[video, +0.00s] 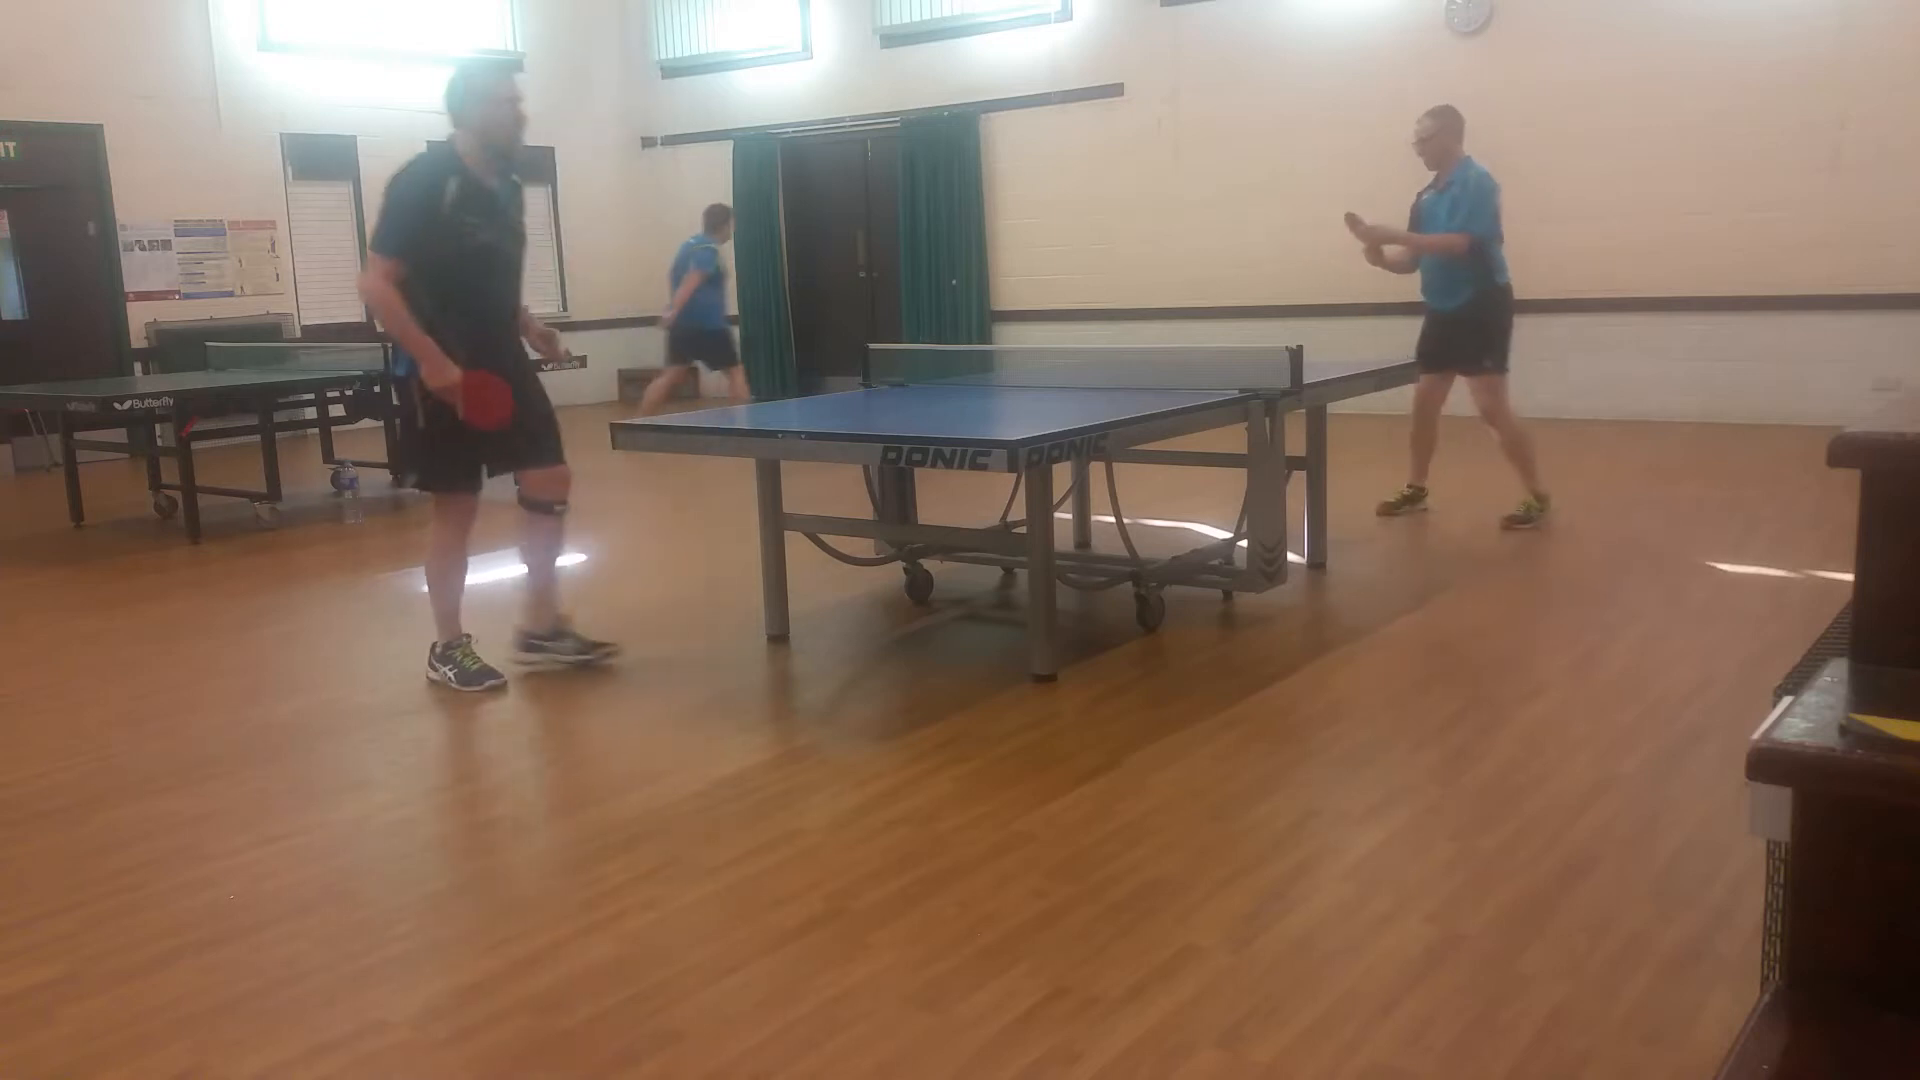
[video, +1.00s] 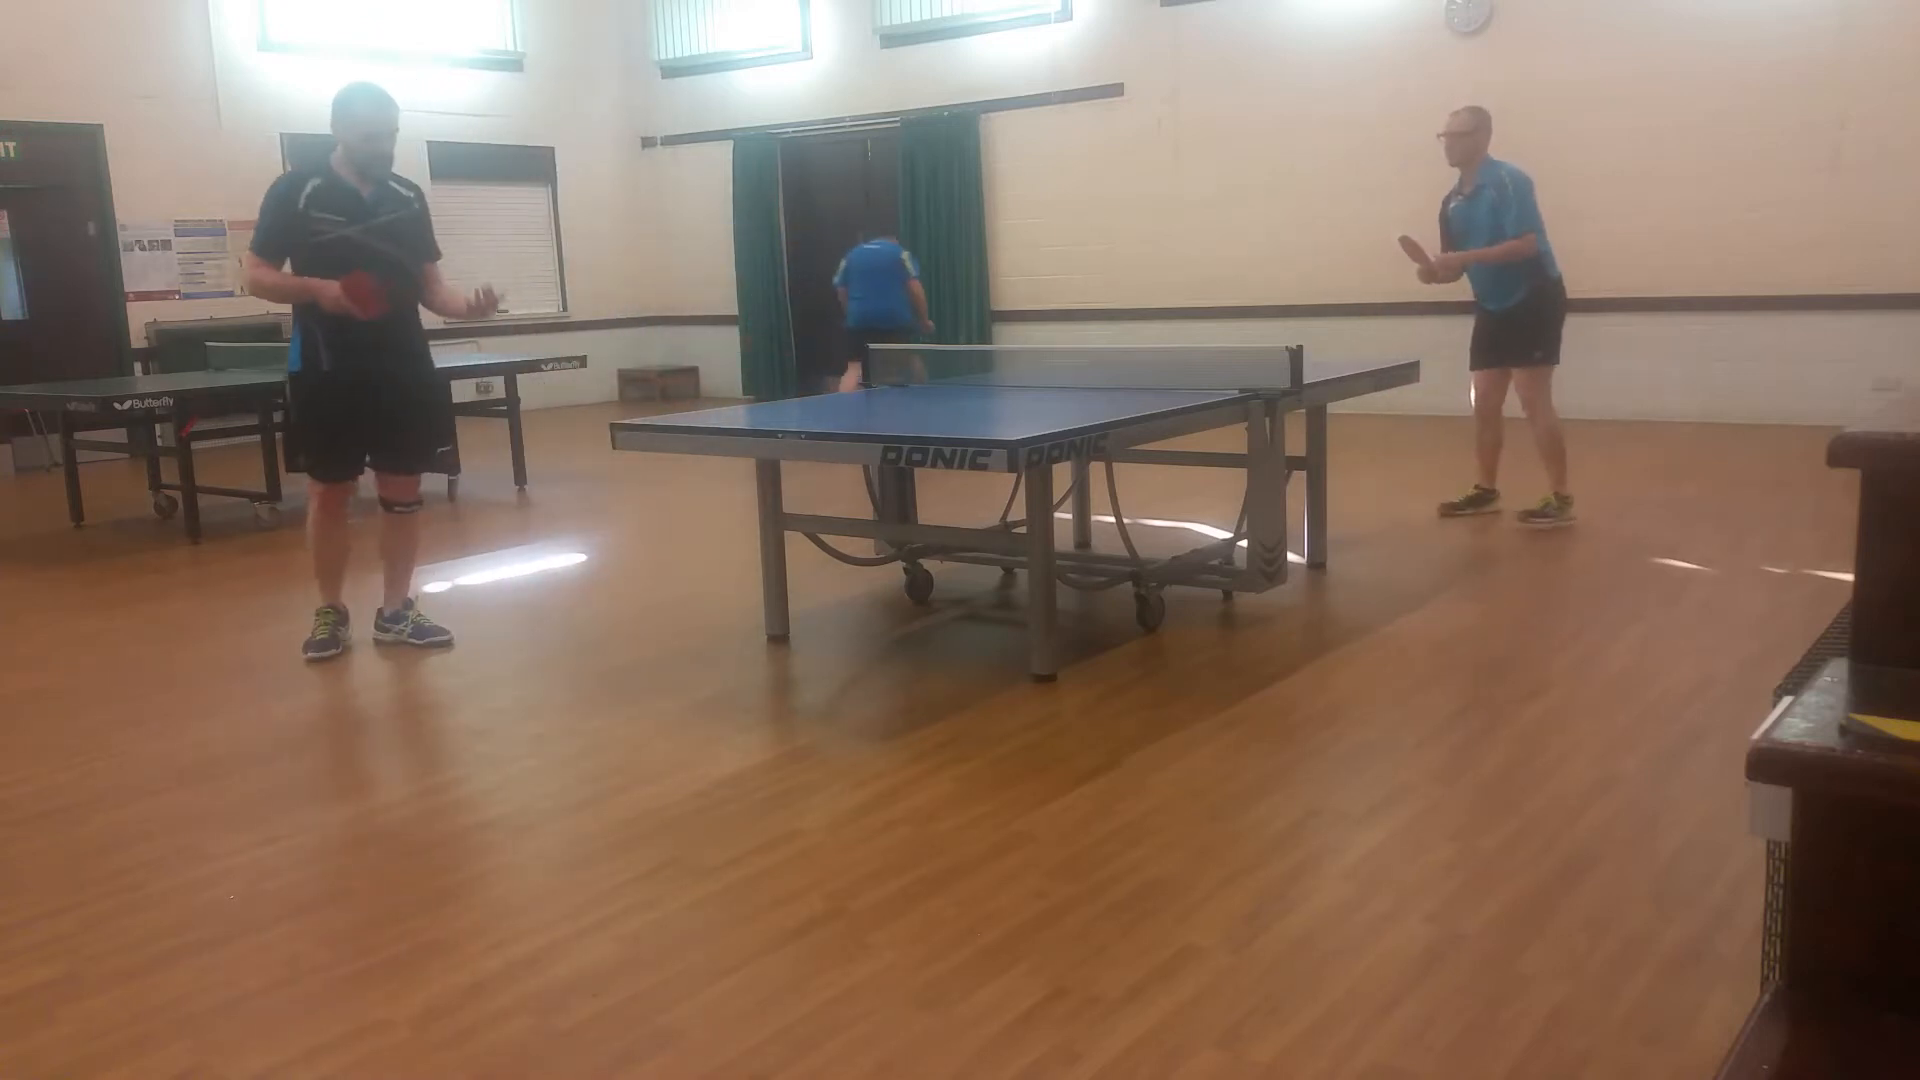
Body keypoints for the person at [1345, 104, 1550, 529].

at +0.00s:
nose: (1417, 146)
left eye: (1424, 138)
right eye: (1416, 139)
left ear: (1451, 138)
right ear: (1431, 141)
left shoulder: (1477, 181)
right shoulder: (1427, 197)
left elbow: (1463, 243)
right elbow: (1412, 258)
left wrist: (1393, 237)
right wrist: (1380, 257)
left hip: (1483, 305)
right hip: (1443, 309)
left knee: (1492, 408)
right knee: (1426, 400)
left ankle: (1538, 497)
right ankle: (1416, 489)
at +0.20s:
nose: (1442, 148)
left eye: (1449, 139)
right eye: (1440, 140)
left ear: (1475, 136)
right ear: (1457, 141)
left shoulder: (1506, 180)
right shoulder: (1452, 199)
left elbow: (1491, 242)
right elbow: (1439, 263)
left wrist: (1421, 238)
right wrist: (1407, 261)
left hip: (1519, 305)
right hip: (1478, 310)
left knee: (1512, 406)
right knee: (1454, 402)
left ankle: (1542, 501)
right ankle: (1428, 487)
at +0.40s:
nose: (1455, 144)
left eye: (1463, 134)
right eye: (1454, 136)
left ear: (1489, 132)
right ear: (1470, 137)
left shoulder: (1523, 176)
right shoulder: (1466, 193)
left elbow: (1509, 241)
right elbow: (1456, 257)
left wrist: (1438, 234)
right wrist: (1425, 257)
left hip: (1532, 302)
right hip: (1491, 305)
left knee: (1526, 401)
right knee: (1471, 396)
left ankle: (1542, 501)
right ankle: (1475, 489)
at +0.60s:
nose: (1458, 144)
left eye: (1465, 135)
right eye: (1456, 136)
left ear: (1492, 132)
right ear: (1471, 137)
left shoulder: (1525, 177)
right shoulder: (1465, 192)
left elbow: (1514, 241)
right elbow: (1455, 257)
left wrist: (1445, 234)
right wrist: (1429, 257)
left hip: (1534, 300)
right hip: (1492, 304)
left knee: (1530, 398)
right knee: (1481, 397)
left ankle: (1542, 501)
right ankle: (1485, 489)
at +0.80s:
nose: (1449, 142)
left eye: (1457, 135)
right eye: (1449, 135)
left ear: (1483, 137)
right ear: (1458, 138)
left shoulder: (1514, 180)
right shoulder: (1456, 199)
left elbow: (1516, 243)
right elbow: (1454, 264)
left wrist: (1434, 242)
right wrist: (1431, 267)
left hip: (1535, 299)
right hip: (1492, 304)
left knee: (1530, 399)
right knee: (1484, 400)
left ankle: (1543, 500)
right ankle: (1485, 489)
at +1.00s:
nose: (1444, 144)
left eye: (1452, 137)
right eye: (1443, 137)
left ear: (1479, 138)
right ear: (1454, 141)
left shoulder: (1512, 181)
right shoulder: (1451, 203)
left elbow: (1529, 245)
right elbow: (1457, 268)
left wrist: (1462, 260)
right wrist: (1433, 272)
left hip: (1535, 297)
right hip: (1492, 304)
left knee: (1535, 398)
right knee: (1485, 399)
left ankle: (1561, 498)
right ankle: (1485, 490)